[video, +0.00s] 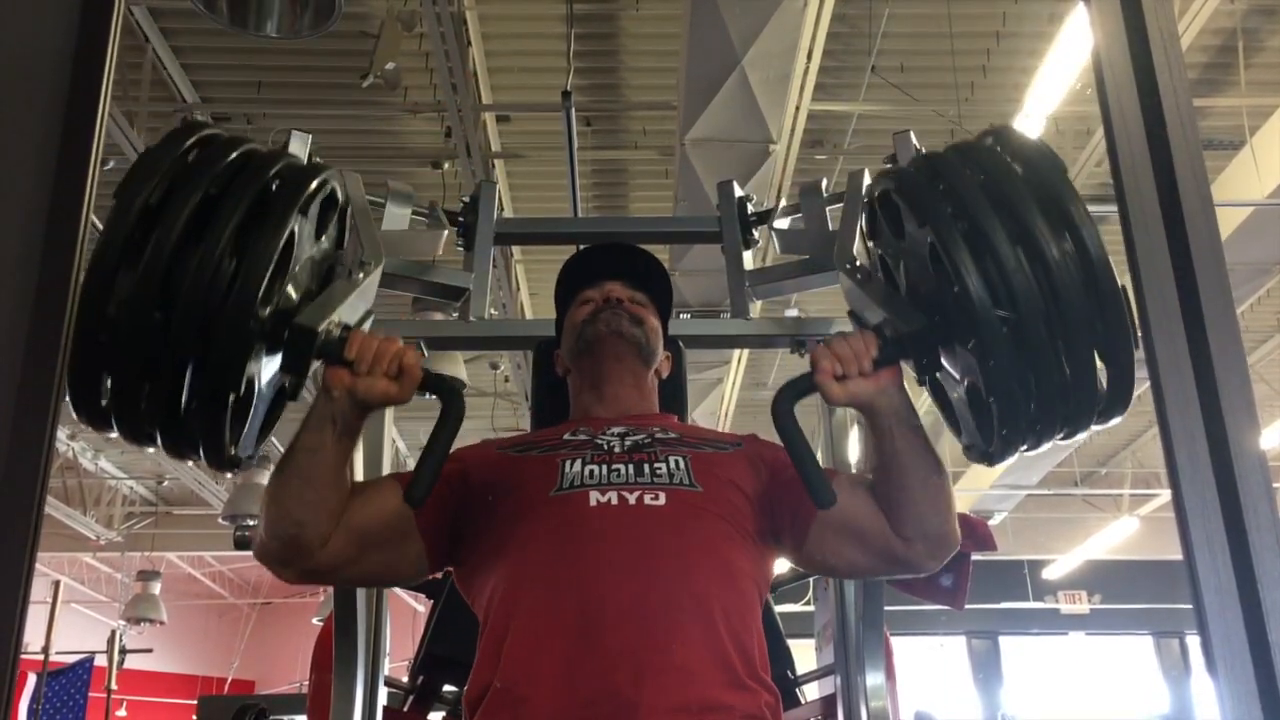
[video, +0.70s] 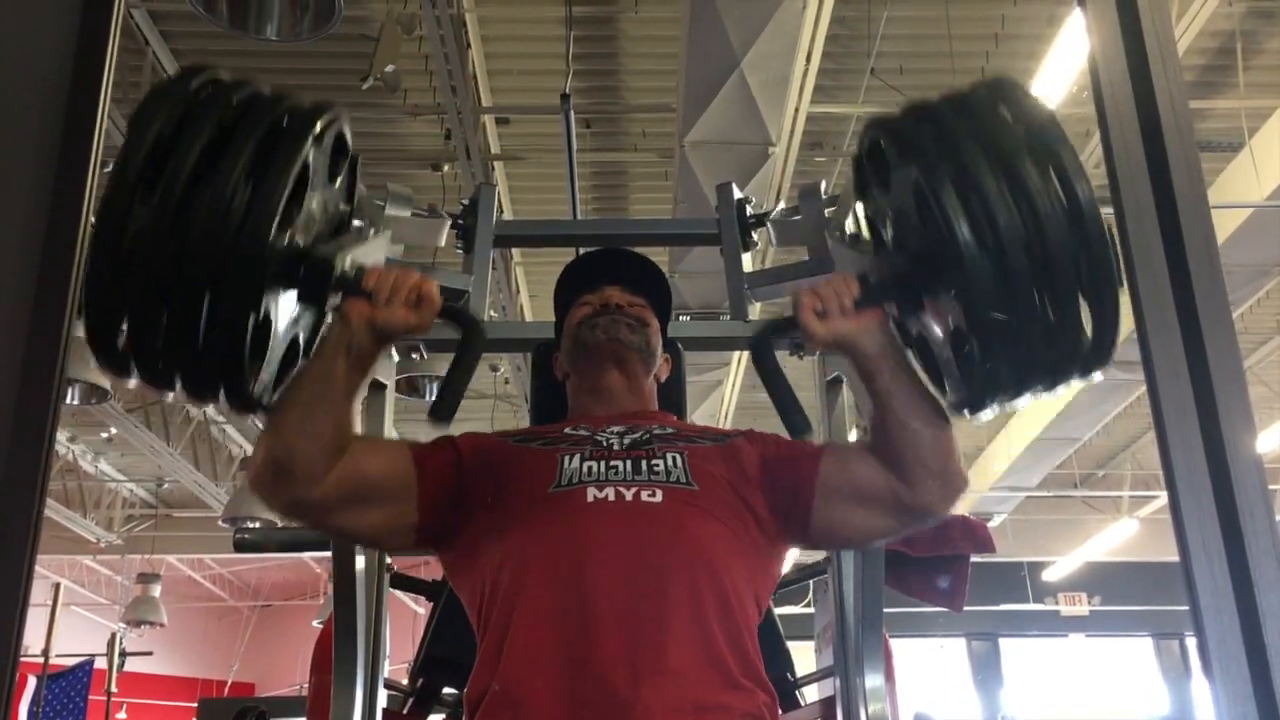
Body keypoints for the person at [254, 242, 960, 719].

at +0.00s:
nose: (616, 301)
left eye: (639, 302)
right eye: (589, 301)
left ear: (669, 359)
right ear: (555, 360)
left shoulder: (748, 462)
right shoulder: (486, 468)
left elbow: (922, 544)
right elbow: (299, 548)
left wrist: (882, 404)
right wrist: (342, 403)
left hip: (725, 707)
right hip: (528, 708)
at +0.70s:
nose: (610, 312)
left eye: (634, 313)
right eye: (586, 313)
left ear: (666, 365)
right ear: (555, 364)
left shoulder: (741, 460)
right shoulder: (487, 467)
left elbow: (925, 486)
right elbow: (293, 479)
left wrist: (867, 342)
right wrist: (358, 336)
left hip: (726, 703)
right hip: (526, 703)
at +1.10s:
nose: (610, 318)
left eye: (634, 317)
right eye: (587, 314)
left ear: (666, 367)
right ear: (553, 364)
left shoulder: (755, 453)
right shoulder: (482, 456)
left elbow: (877, 358)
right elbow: (355, 346)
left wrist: (838, 198)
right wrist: (392, 188)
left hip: (728, 705)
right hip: (523, 704)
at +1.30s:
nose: (609, 316)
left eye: (634, 316)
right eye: (585, 312)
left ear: (666, 369)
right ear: (552, 363)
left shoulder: (754, 453)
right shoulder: (485, 457)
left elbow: (847, 328)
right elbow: (395, 317)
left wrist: (828, 161)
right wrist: (404, 153)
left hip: (728, 705)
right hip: (518, 706)